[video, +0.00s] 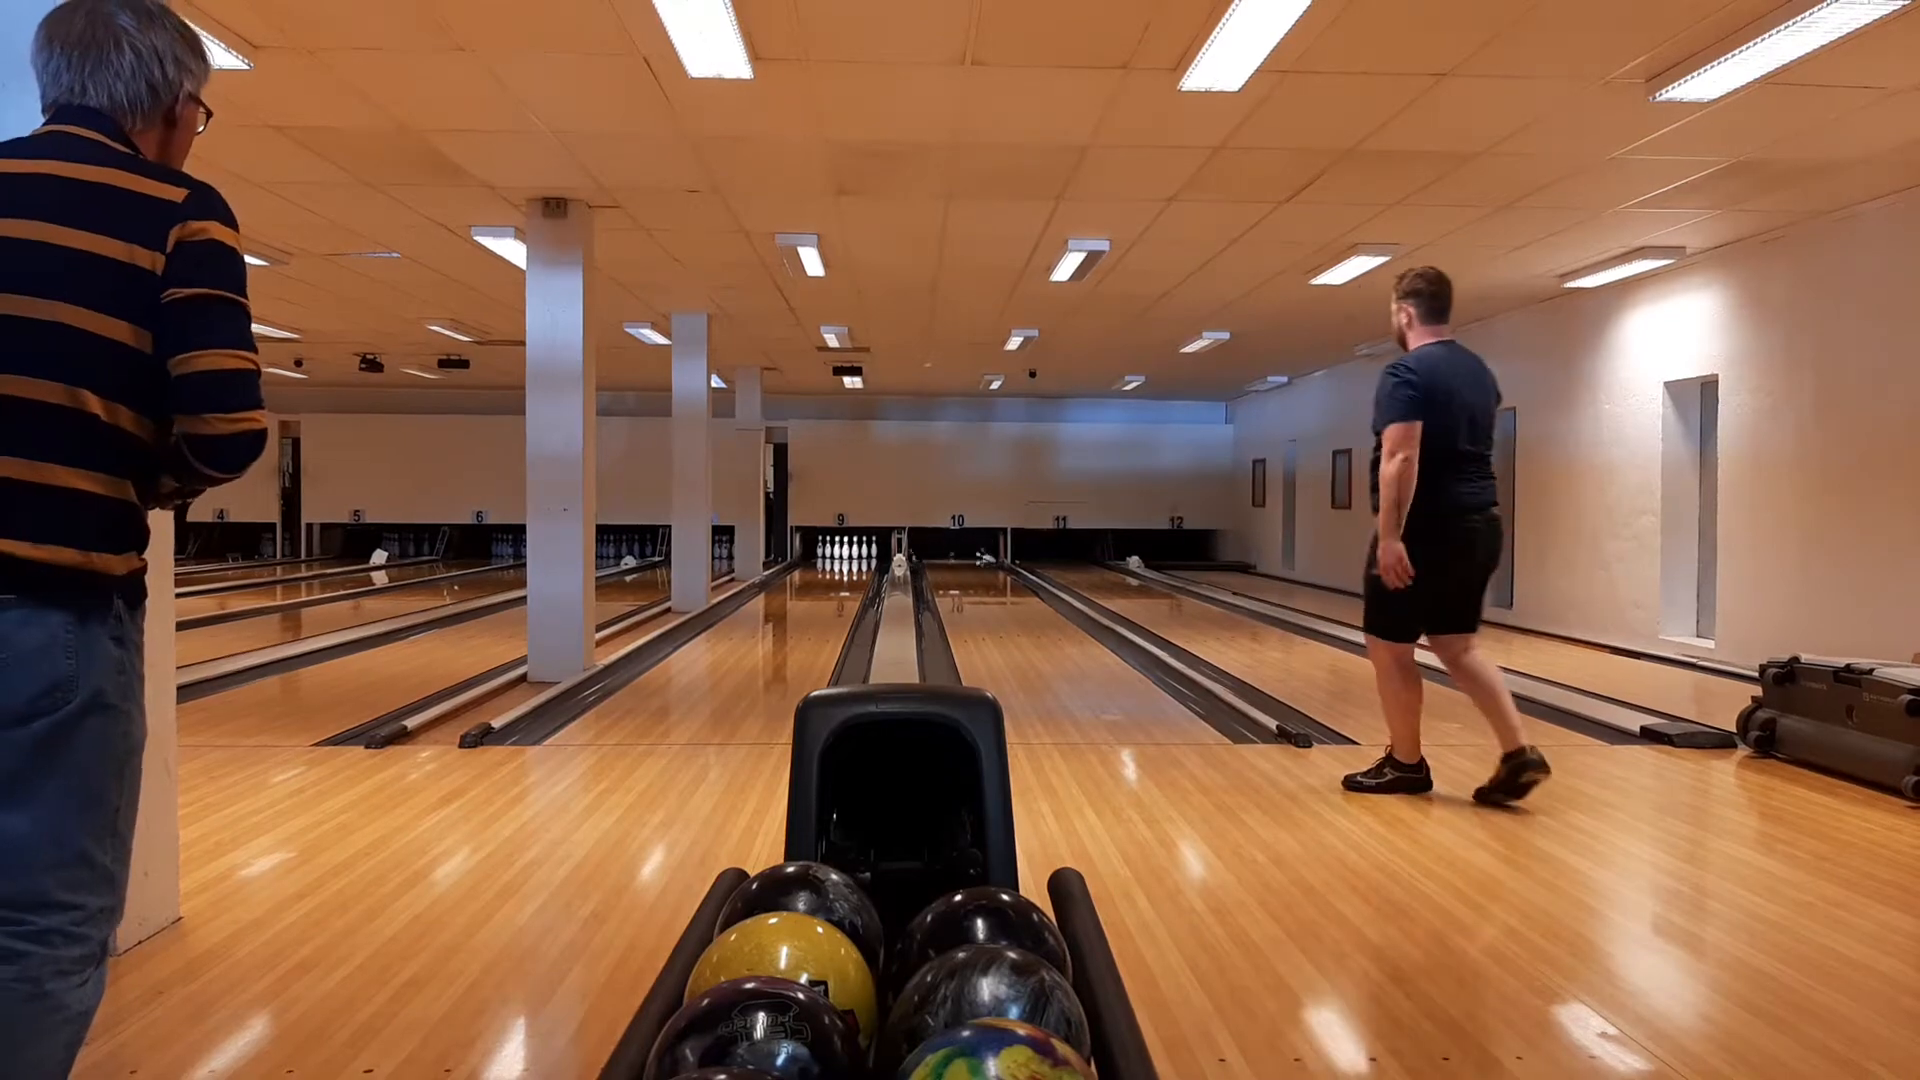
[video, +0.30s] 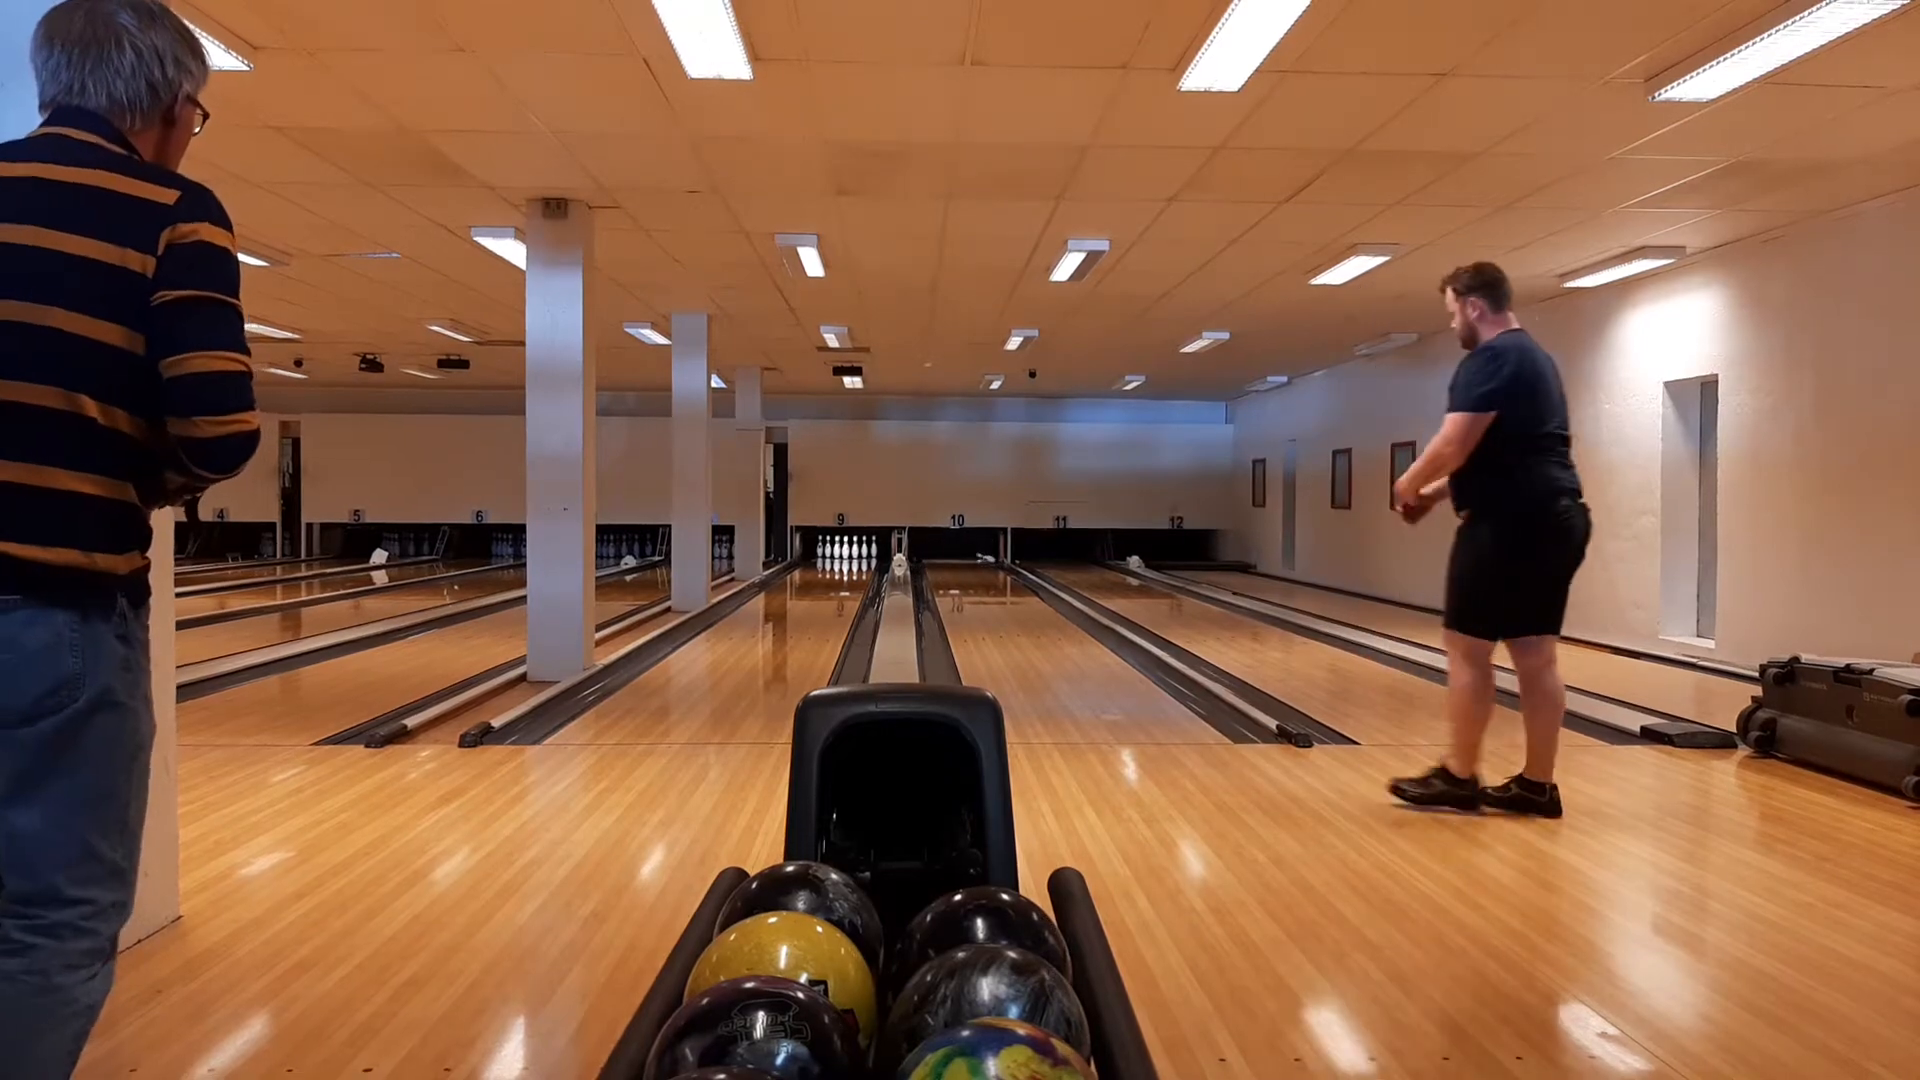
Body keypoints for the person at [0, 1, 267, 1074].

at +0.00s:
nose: (196, 136)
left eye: (199, 117)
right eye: (198, 114)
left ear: (53, 95)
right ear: (170, 109)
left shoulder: (2, 175)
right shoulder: (180, 209)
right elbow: (229, 433)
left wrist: (162, 465)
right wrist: (159, 476)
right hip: (54, 613)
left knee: (35, 923)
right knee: (48, 937)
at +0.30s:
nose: (192, 141)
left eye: (195, 122)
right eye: (193, 119)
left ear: (51, 96)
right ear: (168, 111)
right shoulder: (173, 208)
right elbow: (222, 432)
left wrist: (156, 463)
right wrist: (150, 474)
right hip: (55, 614)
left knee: (34, 918)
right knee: (55, 932)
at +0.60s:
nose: (185, 123)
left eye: (187, 104)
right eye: (187, 102)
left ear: (43, 84)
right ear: (160, 99)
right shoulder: (166, 204)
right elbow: (227, 436)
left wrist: (160, 455)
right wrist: (151, 464)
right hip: (52, 612)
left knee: (32, 920)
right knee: (45, 935)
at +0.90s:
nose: (177, 109)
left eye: (179, 87)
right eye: (178, 86)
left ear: (33, 59)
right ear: (146, 82)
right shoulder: (152, 197)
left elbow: (204, 436)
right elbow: (211, 436)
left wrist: (155, 470)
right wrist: (157, 482)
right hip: (47, 610)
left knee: (35, 927)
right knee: (40, 941)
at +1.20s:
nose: (172, 109)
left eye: (175, 84)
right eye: (173, 84)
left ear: (27, 57)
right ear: (140, 80)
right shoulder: (142, 195)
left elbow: (175, 423)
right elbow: (176, 424)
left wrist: (169, 491)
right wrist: (184, 503)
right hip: (41, 613)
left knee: (35, 928)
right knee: (38, 941)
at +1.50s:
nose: (176, 112)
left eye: (179, 86)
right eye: (175, 84)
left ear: (28, 54)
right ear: (135, 74)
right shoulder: (146, 206)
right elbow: (183, 434)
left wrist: (189, 517)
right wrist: (209, 527)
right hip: (38, 614)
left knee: (33, 929)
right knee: (37, 942)